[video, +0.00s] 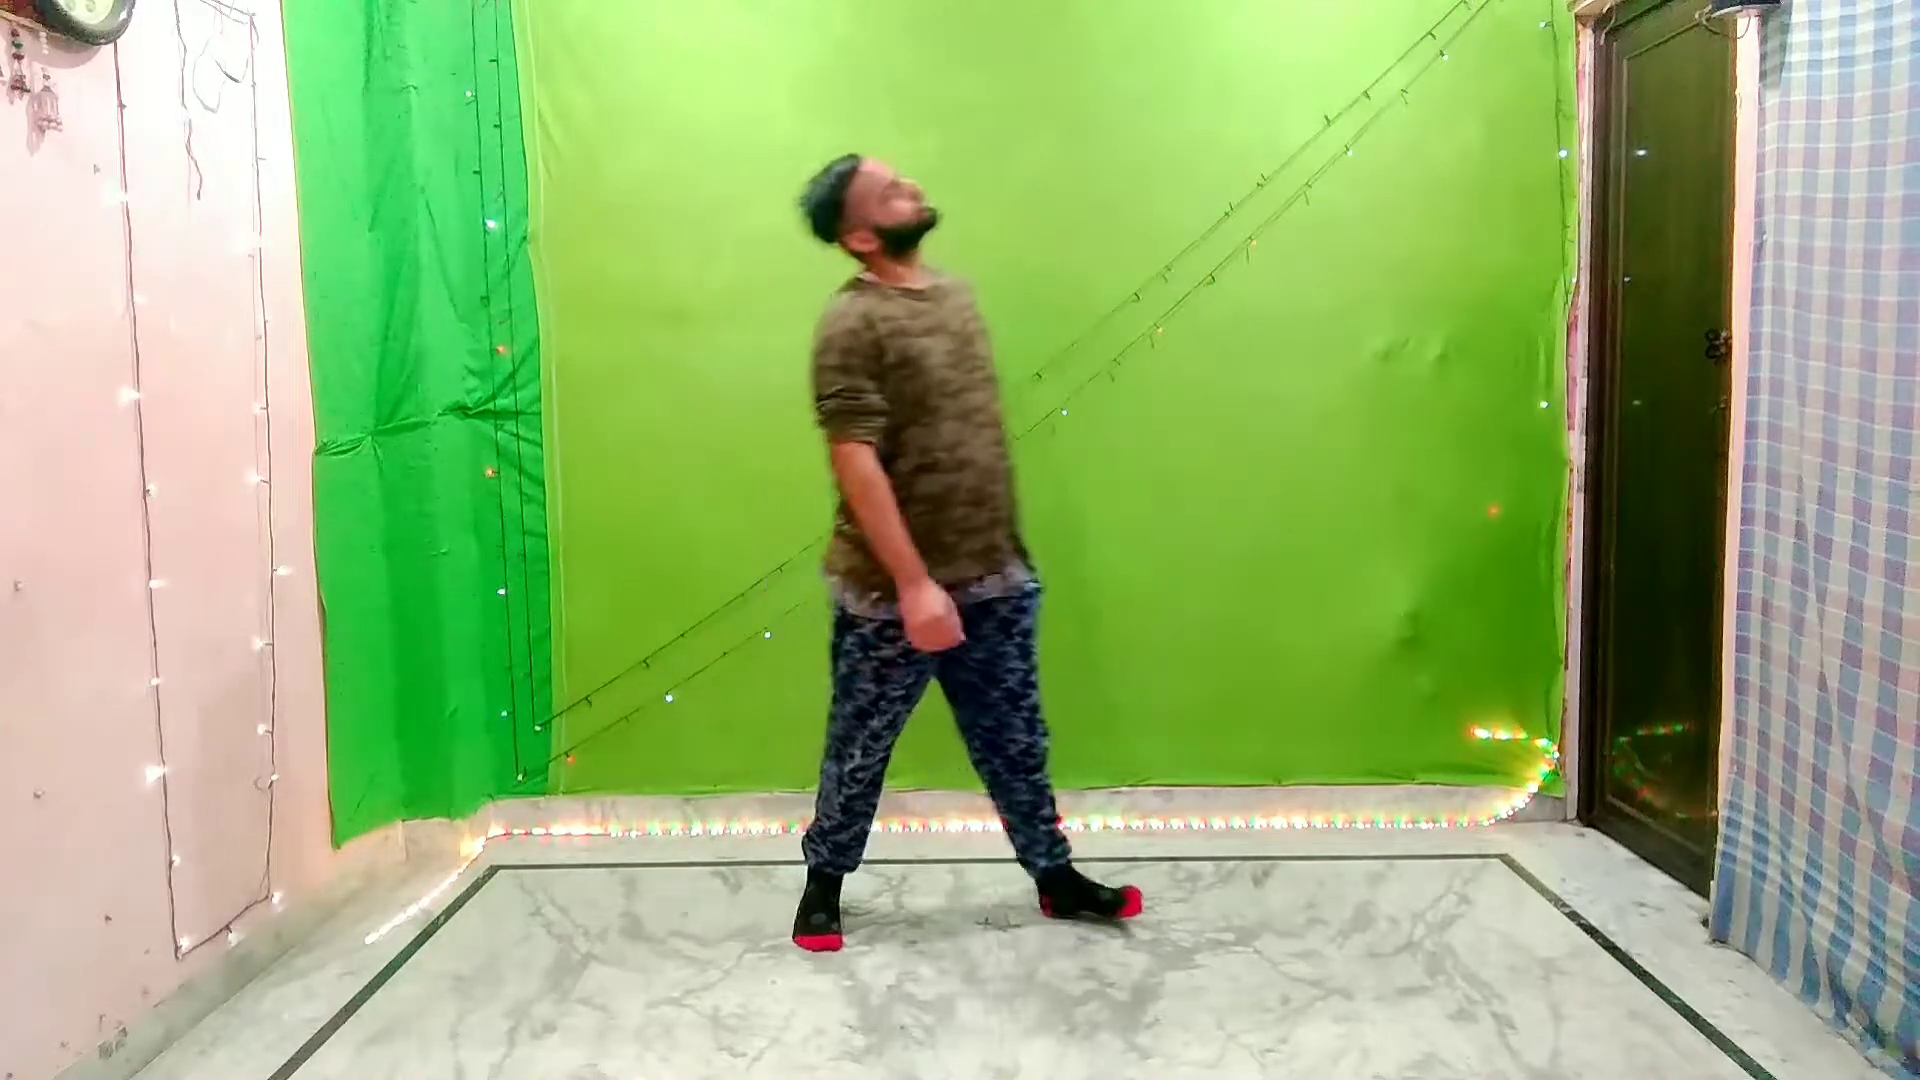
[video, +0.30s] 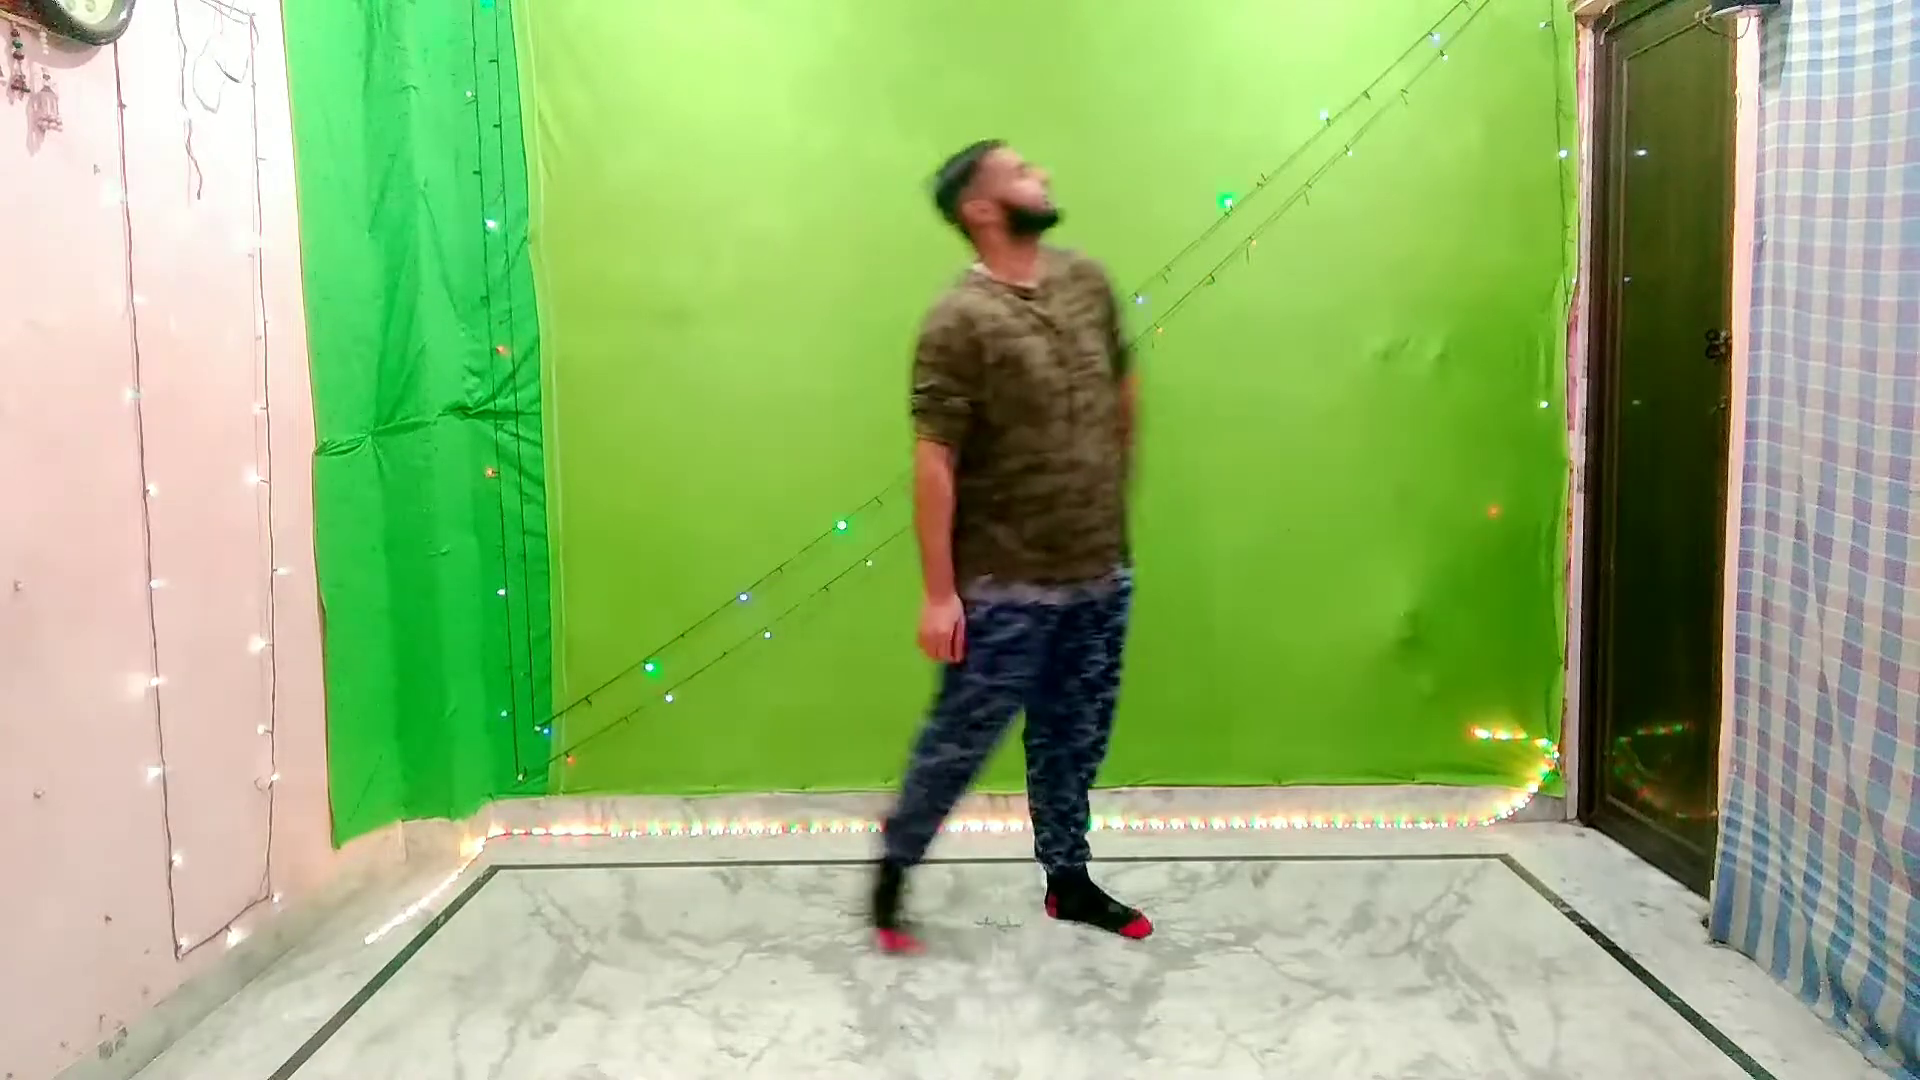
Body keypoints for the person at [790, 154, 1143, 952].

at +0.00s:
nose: (908, 185)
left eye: (899, 176)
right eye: (886, 188)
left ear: (903, 210)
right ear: (857, 235)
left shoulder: (955, 297)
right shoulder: (852, 327)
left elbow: (971, 434)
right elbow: (855, 464)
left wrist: (998, 551)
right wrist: (913, 583)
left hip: (989, 573)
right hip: (890, 589)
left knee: (1015, 741)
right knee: (859, 750)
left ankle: (1057, 879)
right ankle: (822, 890)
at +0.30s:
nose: (1034, 171)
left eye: (1027, 161)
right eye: (1011, 167)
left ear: (1015, 200)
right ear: (974, 206)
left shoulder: (1085, 283)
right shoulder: (957, 324)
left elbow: (1121, 391)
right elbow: (934, 462)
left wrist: (1111, 491)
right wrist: (938, 593)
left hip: (1094, 570)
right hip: (1005, 582)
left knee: (1072, 742)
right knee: (961, 739)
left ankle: (1068, 883)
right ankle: (894, 868)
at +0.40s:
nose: (1076, 165)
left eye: (1067, 157)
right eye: (1055, 161)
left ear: (1060, 196)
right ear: (1017, 202)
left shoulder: (1125, 279)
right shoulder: (988, 318)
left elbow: (1183, 336)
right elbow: (953, 445)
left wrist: (1209, 441)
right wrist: (960, 579)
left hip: (1125, 554)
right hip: (1037, 562)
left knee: (1102, 728)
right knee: (1046, 728)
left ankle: (1069, 878)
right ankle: (985, 881)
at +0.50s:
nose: (1100, 166)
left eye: (1092, 157)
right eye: (1078, 162)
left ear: (1083, 197)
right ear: (1038, 202)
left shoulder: (1134, 277)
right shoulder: (1009, 309)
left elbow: (1203, 311)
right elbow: (970, 437)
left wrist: (1257, 398)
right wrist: (972, 572)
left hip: (1143, 544)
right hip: (1055, 550)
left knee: (1117, 726)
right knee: (1083, 723)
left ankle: (1070, 877)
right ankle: (1057, 907)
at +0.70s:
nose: (1148, 164)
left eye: (1140, 154)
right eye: (1128, 160)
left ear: (1116, 199)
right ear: (1088, 200)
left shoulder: (1163, 289)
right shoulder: (1053, 306)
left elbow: (1227, 332)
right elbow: (1013, 438)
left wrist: (1325, 324)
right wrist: (1017, 575)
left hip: (1174, 557)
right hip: (1107, 565)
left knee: (1112, 722)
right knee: (1158, 740)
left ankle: (1070, 871)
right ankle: (1193, 929)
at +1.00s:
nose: (1208, 171)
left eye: (1199, 161)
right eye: (1189, 166)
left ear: (1172, 200)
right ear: (1147, 204)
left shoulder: (1213, 294)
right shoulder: (1126, 305)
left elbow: (1243, 408)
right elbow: (1112, 443)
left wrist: (1278, 341)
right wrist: (1166, 578)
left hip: (1259, 571)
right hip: (1194, 583)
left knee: (1246, 736)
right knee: (1226, 766)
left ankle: (1129, 841)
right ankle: (1246, 941)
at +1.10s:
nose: (1219, 166)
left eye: (1209, 156)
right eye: (1201, 163)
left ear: (1183, 200)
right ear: (1164, 204)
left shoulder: (1224, 292)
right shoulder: (1145, 303)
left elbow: (1262, 407)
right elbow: (1139, 444)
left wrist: (1300, 336)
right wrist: (1206, 579)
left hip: (1279, 574)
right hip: (1204, 586)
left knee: (1313, 701)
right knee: (1232, 765)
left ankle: (1236, 830)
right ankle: (1245, 940)